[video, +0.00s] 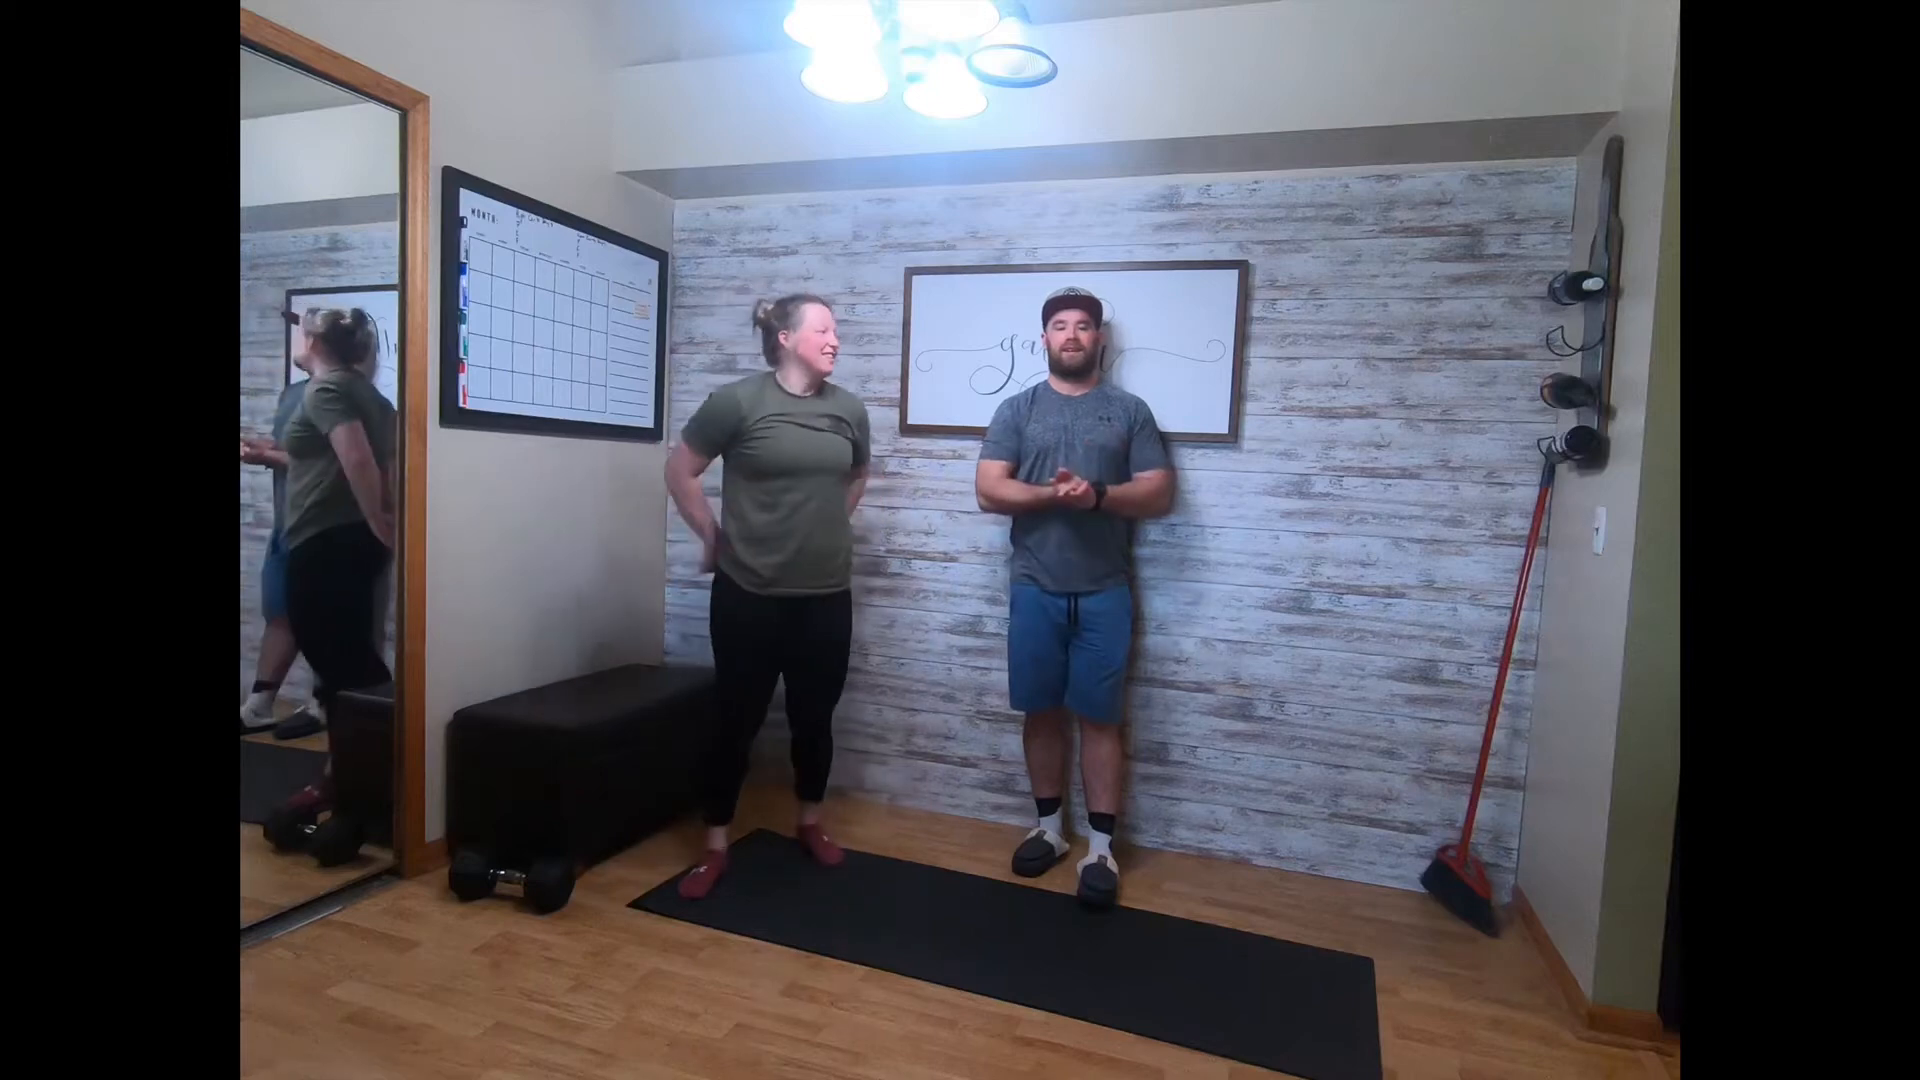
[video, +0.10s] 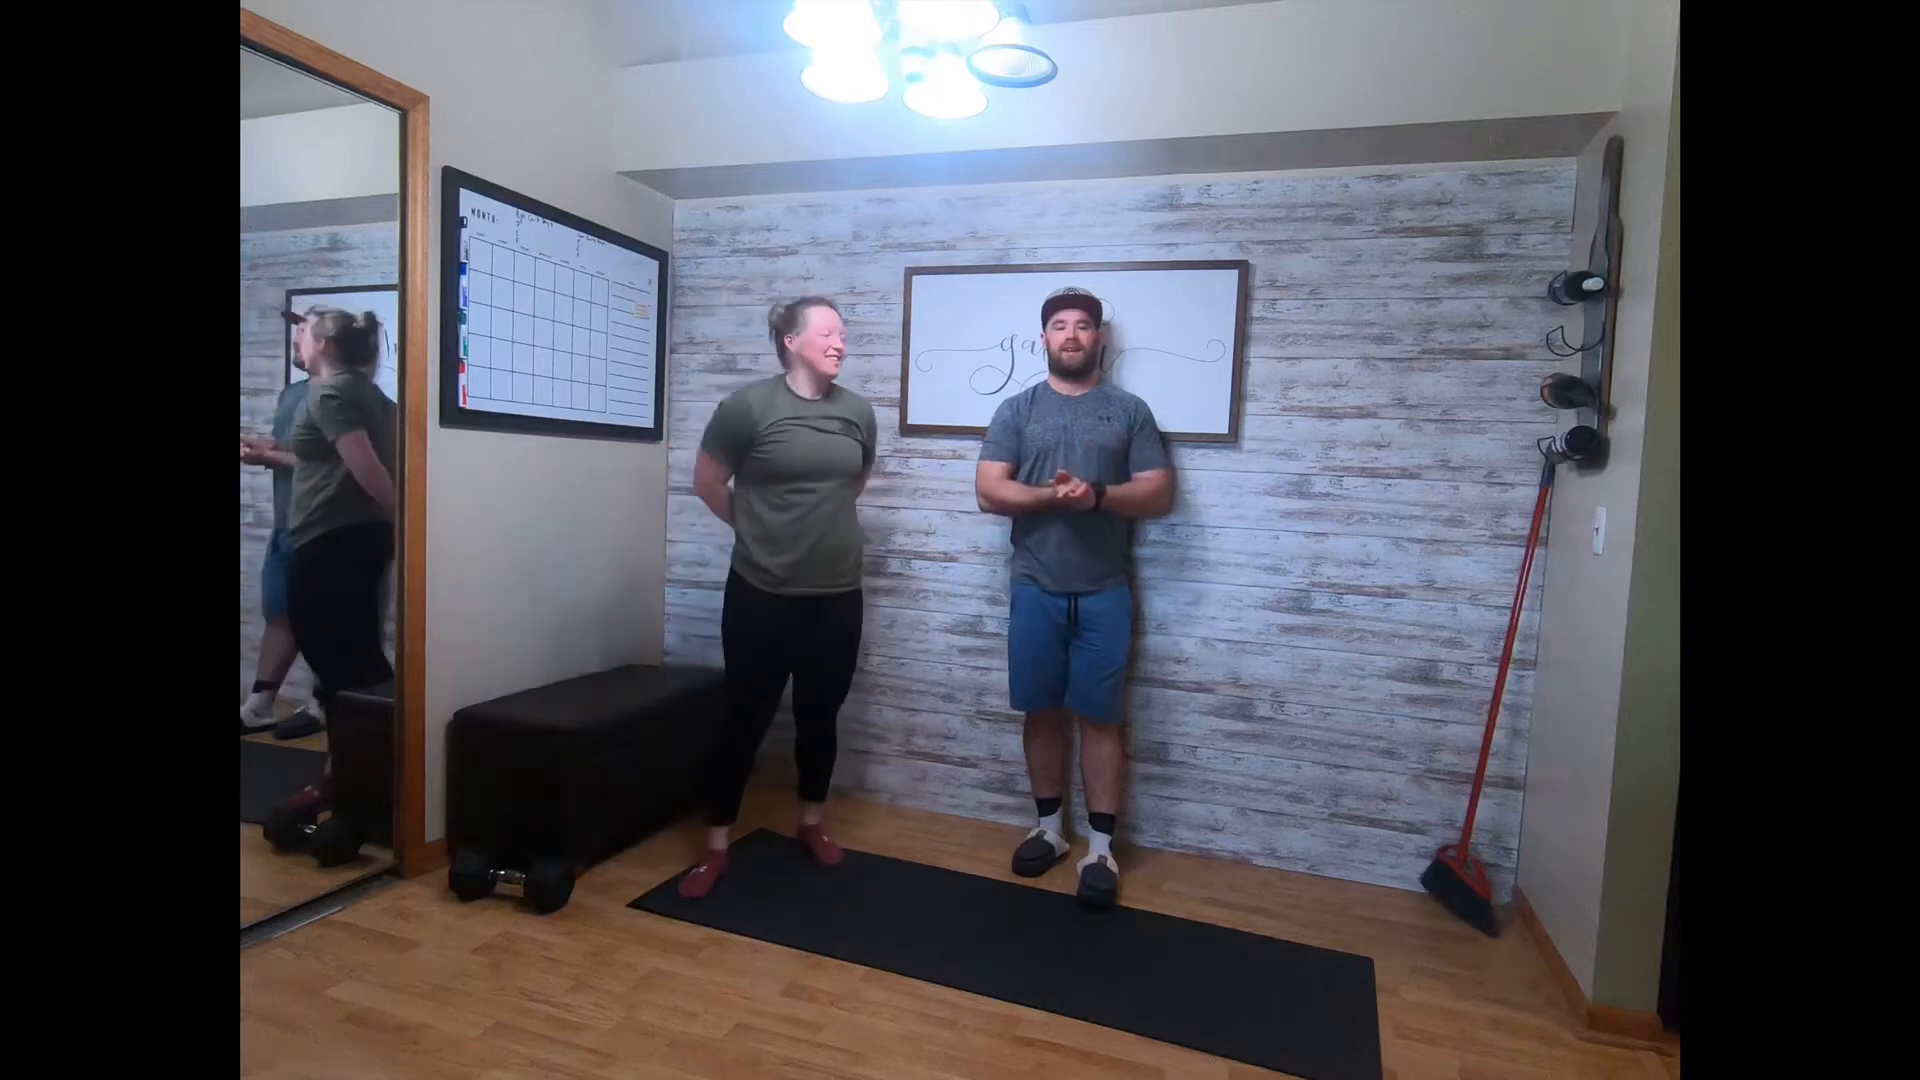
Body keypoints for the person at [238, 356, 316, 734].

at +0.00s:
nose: (294, 336)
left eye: (301, 329)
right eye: (296, 327)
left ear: (317, 340)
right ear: (308, 343)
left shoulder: (335, 397)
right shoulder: (293, 394)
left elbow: (324, 464)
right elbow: (296, 453)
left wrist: (273, 456)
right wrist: (266, 447)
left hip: (319, 525)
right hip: (286, 524)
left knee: (320, 618)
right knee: (279, 612)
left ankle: (321, 705)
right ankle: (259, 703)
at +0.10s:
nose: (295, 343)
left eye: (302, 336)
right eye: (296, 336)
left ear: (323, 343)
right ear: (303, 344)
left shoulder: (336, 396)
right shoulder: (291, 393)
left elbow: (326, 462)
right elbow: (291, 451)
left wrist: (268, 456)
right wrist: (262, 448)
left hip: (321, 526)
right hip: (287, 526)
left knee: (322, 617)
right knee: (278, 612)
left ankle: (321, 704)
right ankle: (260, 703)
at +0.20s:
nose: (294, 339)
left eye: (303, 332)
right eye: (295, 332)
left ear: (325, 343)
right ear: (301, 342)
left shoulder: (335, 397)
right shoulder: (290, 392)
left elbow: (327, 462)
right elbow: (287, 446)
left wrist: (270, 459)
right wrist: (261, 447)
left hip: (318, 526)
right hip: (284, 524)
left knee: (318, 616)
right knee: (279, 613)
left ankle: (325, 704)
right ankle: (260, 703)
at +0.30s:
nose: (294, 339)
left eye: (303, 333)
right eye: (295, 332)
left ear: (325, 345)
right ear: (299, 343)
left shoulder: (333, 397)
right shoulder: (289, 393)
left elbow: (325, 461)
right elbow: (284, 445)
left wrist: (270, 459)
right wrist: (259, 447)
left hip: (316, 521)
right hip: (284, 522)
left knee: (314, 614)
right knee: (279, 612)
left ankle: (327, 702)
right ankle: (261, 702)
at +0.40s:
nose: (294, 339)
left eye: (303, 333)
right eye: (295, 332)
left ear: (325, 345)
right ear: (298, 344)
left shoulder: (331, 397)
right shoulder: (290, 391)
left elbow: (323, 461)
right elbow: (283, 443)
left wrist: (270, 458)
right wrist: (259, 448)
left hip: (316, 520)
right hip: (284, 521)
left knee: (317, 613)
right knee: (280, 611)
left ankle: (326, 704)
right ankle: (260, 703)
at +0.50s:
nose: (294, 338)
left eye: (303, 333)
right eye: (296, 332)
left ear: (324, 345)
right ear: (300, 344)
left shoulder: (334, 397)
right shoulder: (290, 391)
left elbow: (325, 462)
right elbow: (282, 443)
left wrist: (271, 458)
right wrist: (258, 448)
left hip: (317, 521)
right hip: (284, 522)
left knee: (318, 615)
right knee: (279, 613)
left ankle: (325, 704)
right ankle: (260, 703)